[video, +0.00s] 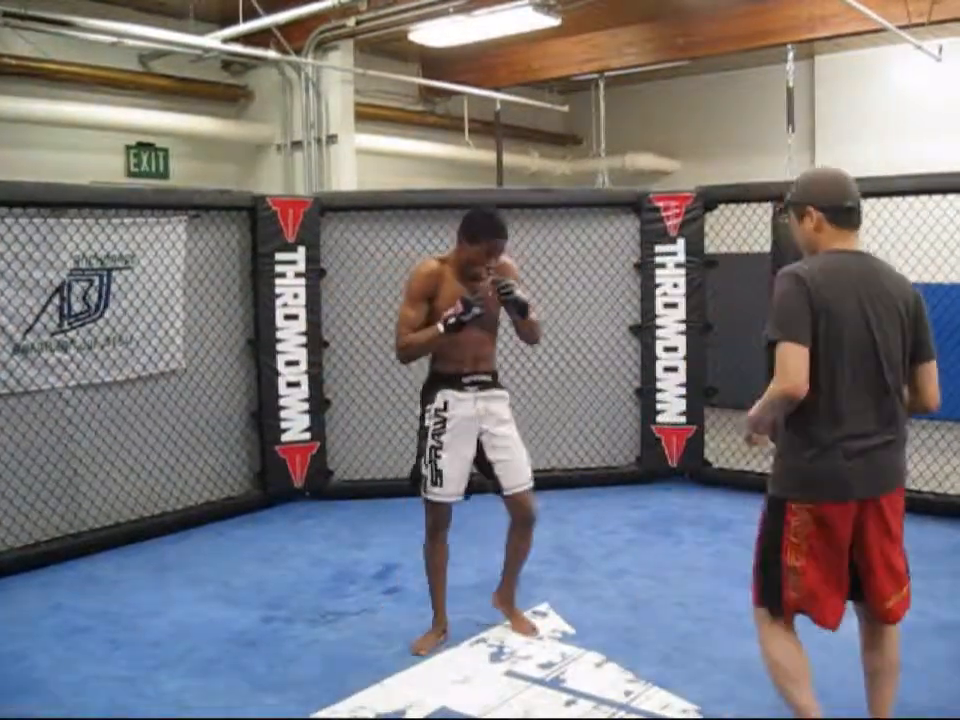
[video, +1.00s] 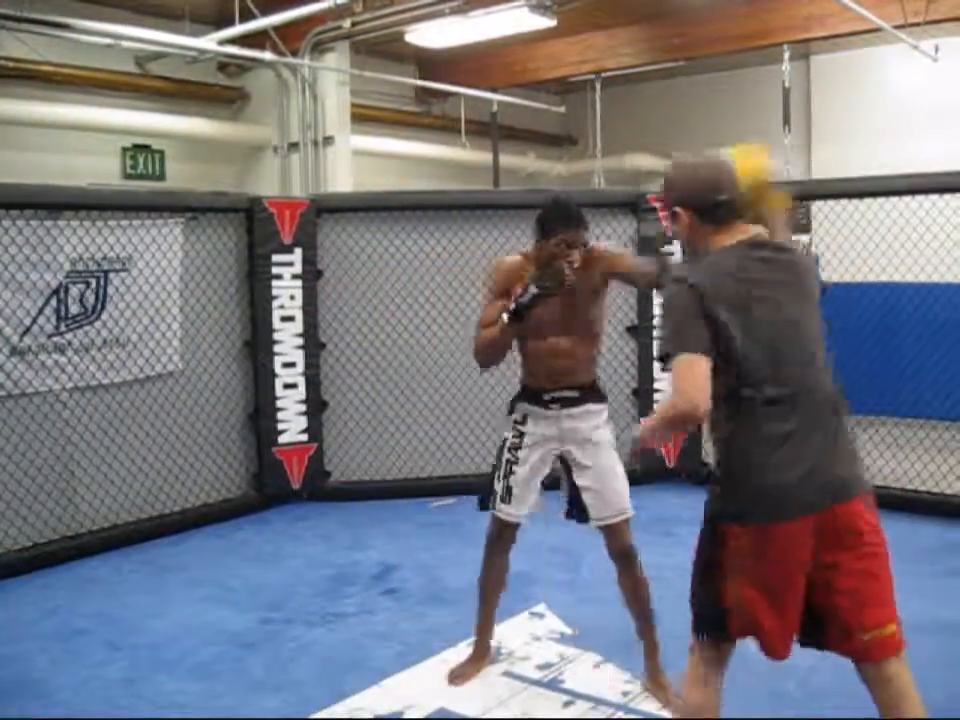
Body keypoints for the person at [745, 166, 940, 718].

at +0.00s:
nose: (793, 233)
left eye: (794, 222)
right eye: (792, 223)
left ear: (813, 218)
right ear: (854, 218)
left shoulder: (799, 280)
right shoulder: (901, 288)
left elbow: (792, 384)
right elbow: (928, 398)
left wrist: (762, 414)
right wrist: (878, 395)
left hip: (809, 486)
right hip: (883, 481)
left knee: (774, 616)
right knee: (879, 614)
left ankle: (808, 711)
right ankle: (881, 713)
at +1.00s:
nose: (667, 222)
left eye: (668, 213)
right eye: (667, 212)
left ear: (682, 218)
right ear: (735, 206)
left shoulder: (691, 284)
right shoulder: (798, 263)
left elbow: (693, 403)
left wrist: (660, 424)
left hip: (756, 498)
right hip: (841, 485)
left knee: (707, 660)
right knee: (886, 665)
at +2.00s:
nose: (574, 234)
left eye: (577, 223)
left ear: (586, 231)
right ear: (669, 226)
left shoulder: (552, 316)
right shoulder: (708, 298)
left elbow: (484, 442)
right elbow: (810, 292)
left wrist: (558, 435)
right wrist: (757, 223)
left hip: (589, 588)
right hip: (688, 587)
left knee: (583, 709)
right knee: (744, 708)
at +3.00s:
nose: (410, 240)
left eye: (410, 226)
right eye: (403, 223)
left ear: (369, 225)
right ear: (371, 223)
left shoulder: (368, 306)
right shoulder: (289, 301)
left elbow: (371, 396)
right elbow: (321, 401)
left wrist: (426, 412)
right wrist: (443, 380)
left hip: (358, 527)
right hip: (292, 540)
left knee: (405, 663)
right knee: (290, 700)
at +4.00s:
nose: (291, 246)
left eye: (292, 233)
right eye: (286, 230)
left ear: (248, 228)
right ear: (252, 228)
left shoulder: (215, 299)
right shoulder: (203, 311)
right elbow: (294, 415)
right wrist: (342, 336)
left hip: (210, 520)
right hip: (176, 527)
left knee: (280, 631)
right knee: (149, 699)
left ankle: (271, 714)